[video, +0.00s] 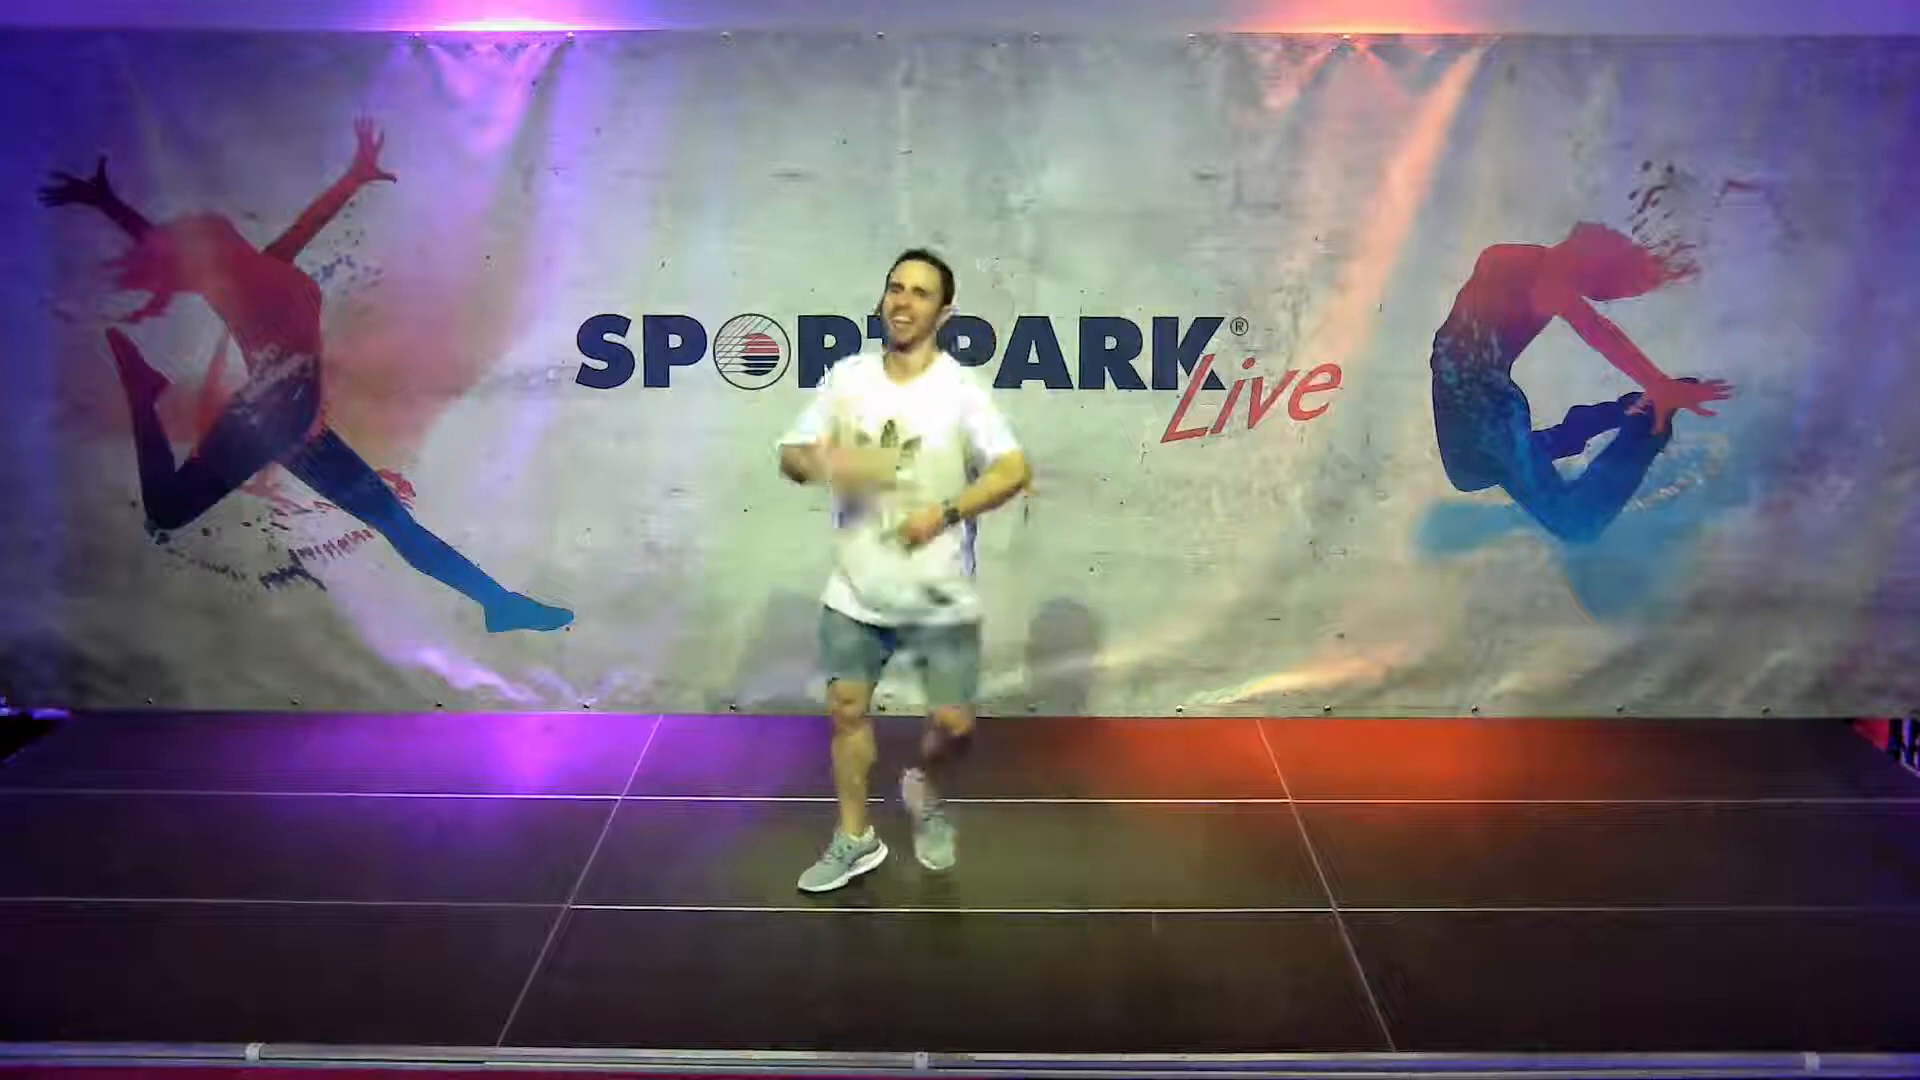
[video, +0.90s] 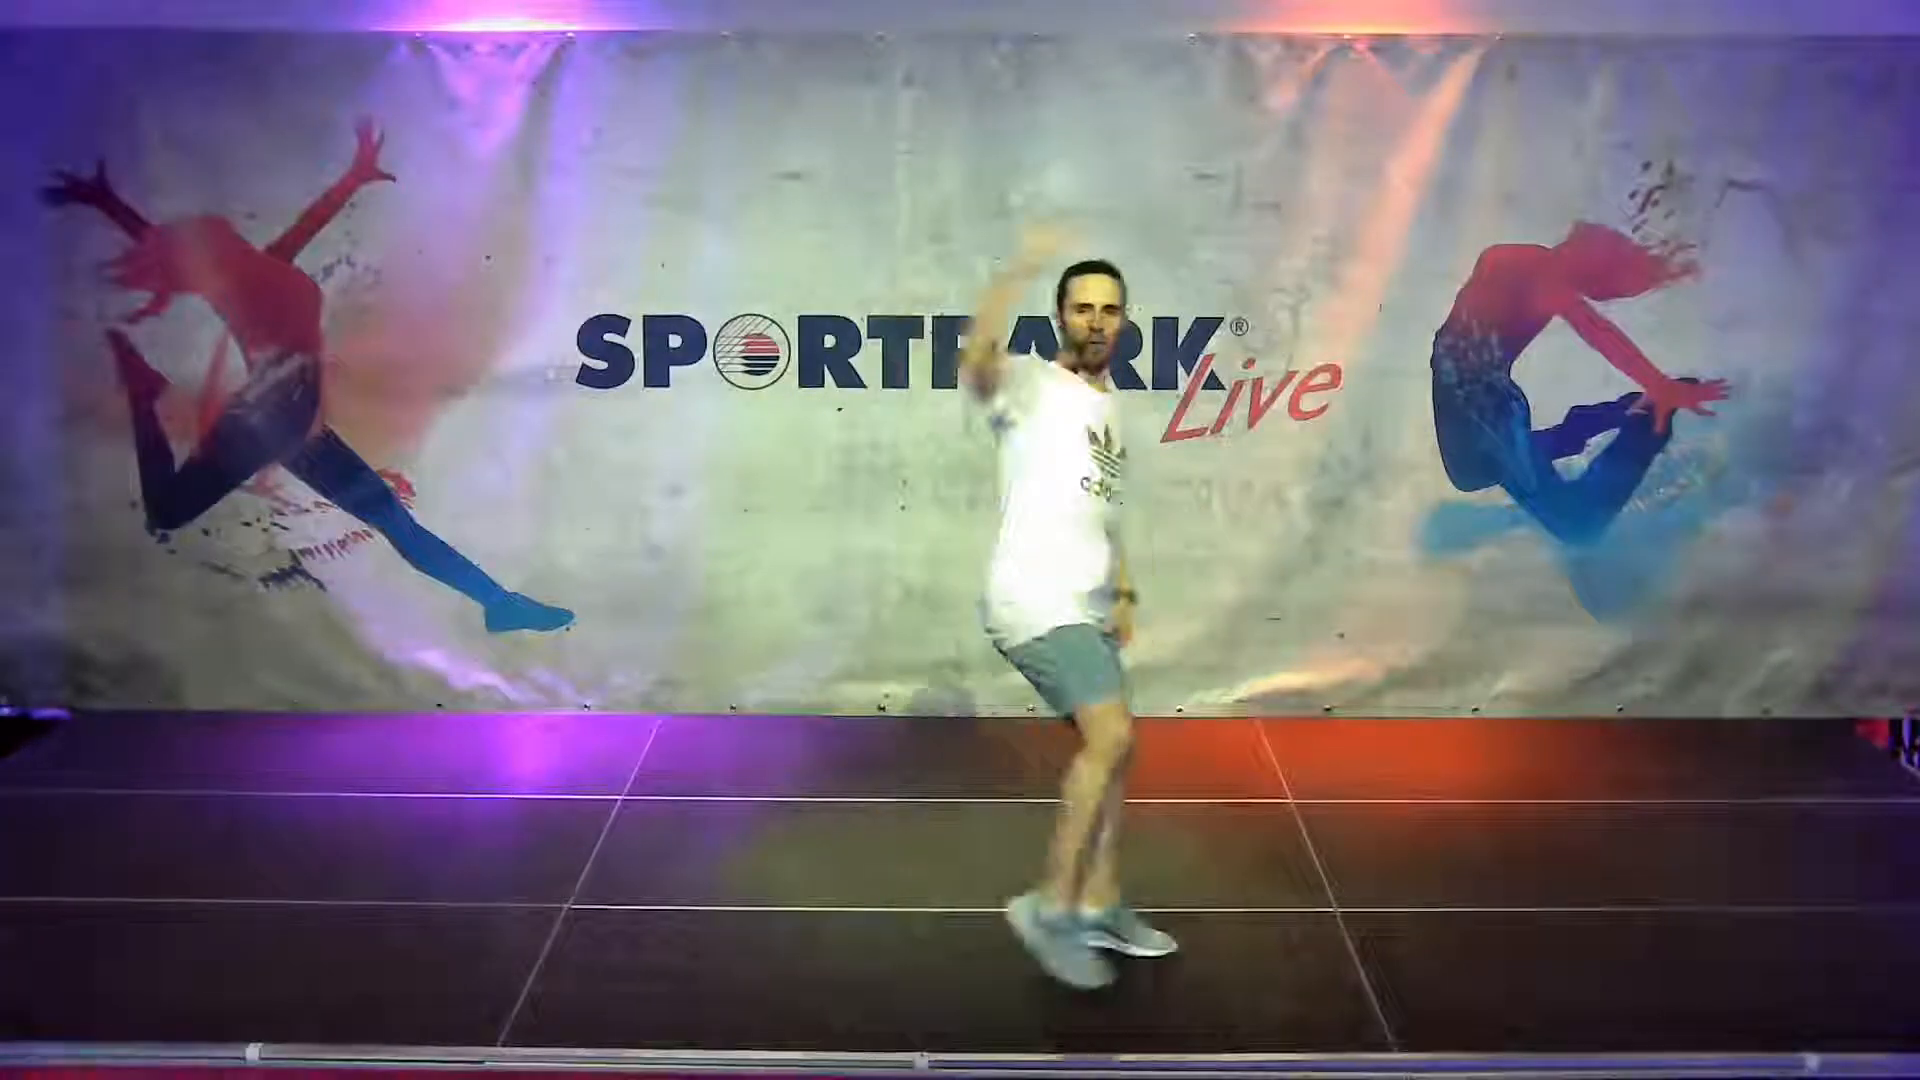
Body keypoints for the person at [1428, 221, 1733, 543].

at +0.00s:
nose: (1595, 290)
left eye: (1605, 289)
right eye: (1605, 284)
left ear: (1588, 250)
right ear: (1589, 248)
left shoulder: (1548, 283)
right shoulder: (1529, 265)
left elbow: (1598, 332)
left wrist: (1657, 383)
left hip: (1487, 402)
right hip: (1454, 391)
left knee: (1576, 522)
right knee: (1468, 475)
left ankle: (1648, 424)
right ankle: (1570, 436)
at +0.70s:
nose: (1596, 291)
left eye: (1606, 290)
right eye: (1605, 285)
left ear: (1588, 250)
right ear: (1591, 250)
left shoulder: (1548, 282)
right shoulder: (1531, 265)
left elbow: (1598, 332)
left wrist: (1657, 383)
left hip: (1486, 401)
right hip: (1454, 390)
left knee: (1575, 522)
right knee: (1468, 475)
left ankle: (1648, 424)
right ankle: (1571, 436)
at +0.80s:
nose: (1597, 292)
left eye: (1606, 290)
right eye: (1606, 285)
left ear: (1588, 250)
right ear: (1590, 249)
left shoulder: (1548, 282)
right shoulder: (1531, 265)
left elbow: (1598, 332)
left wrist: (1657, 383)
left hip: (1486, 401)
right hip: (1454, 390)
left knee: (1575, 522)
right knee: (1468, 475)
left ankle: (1648, 424)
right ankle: (1571, 436)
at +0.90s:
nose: (1598, 290)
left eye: (1609, 288)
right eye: (1606, 284)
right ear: (1589, 252)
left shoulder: (1551, 284)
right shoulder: (1531, 265)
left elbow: (1599, 332)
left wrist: (1658, 385)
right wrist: (1654, 267)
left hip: (1486, 392)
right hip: (1453, 382)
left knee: (1576, 525)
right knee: (1468, 474)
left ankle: (1649, 423)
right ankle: (1571, 436)